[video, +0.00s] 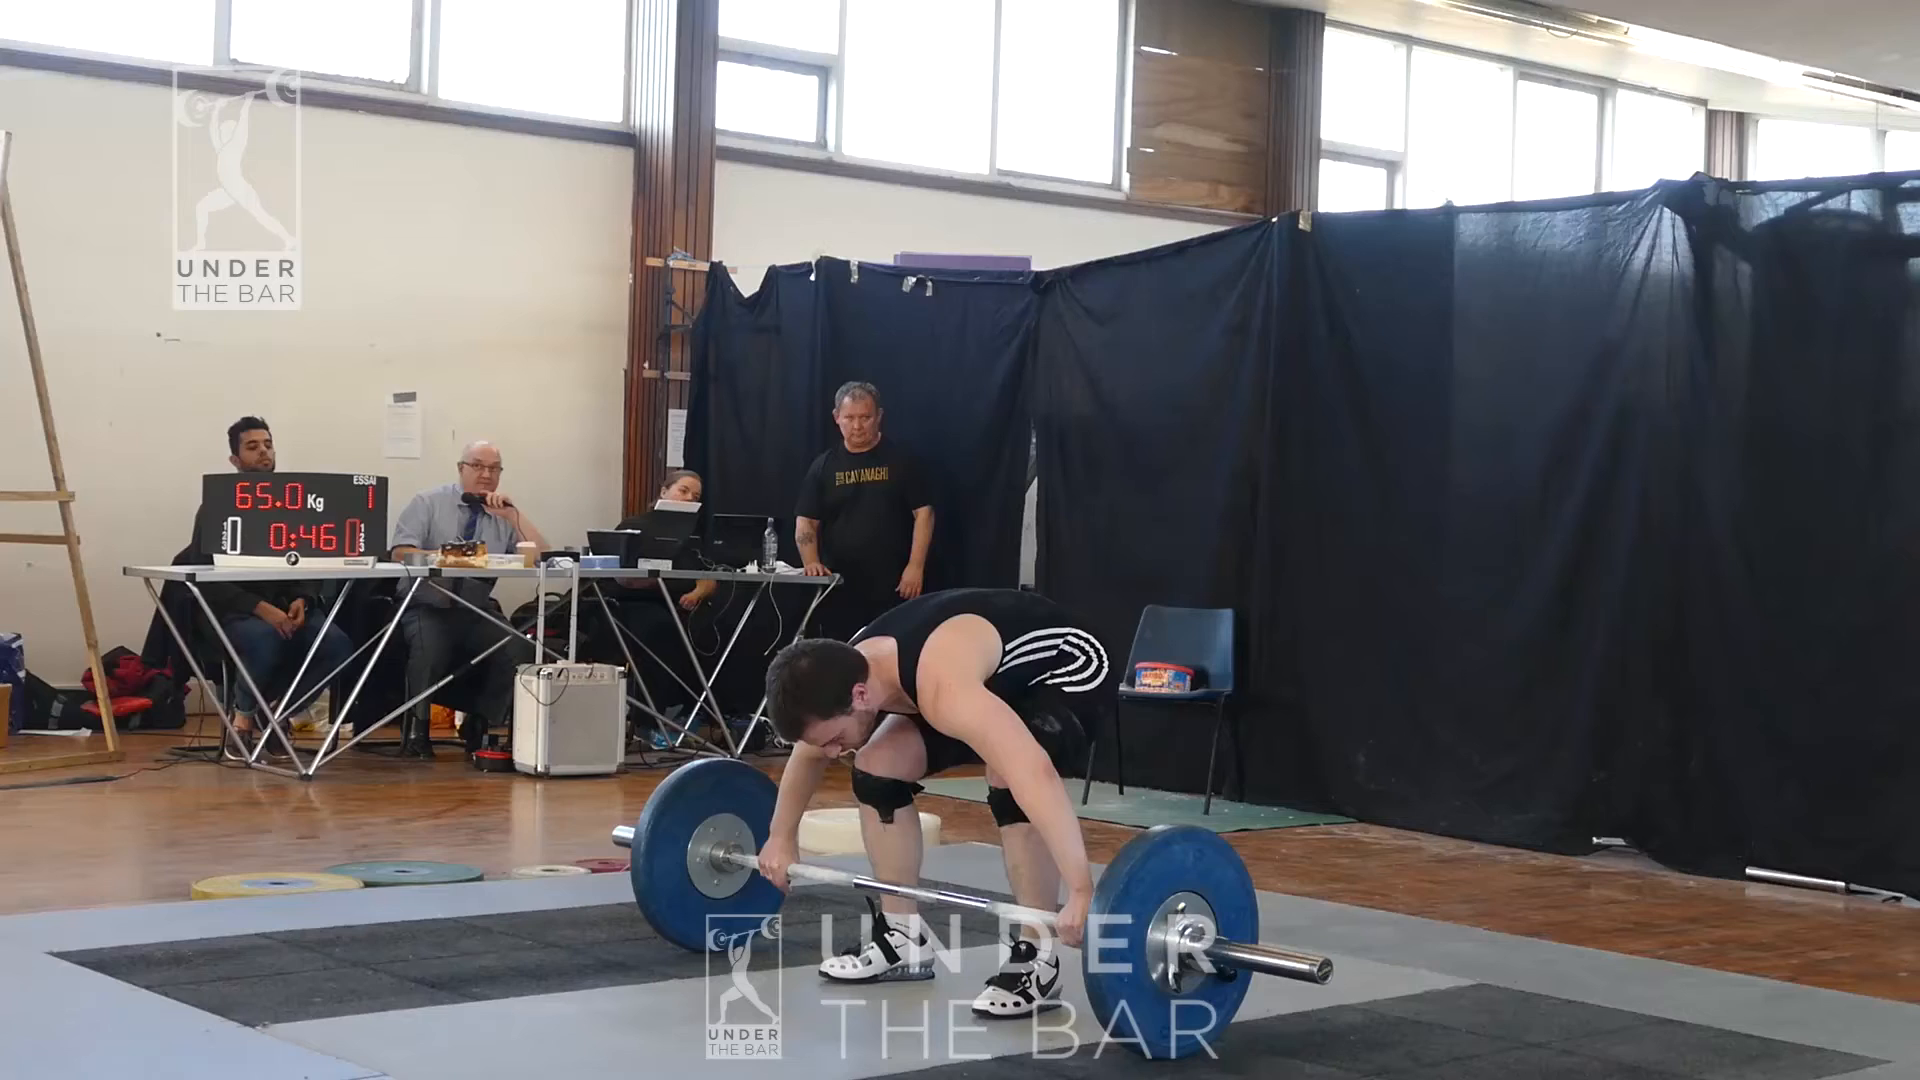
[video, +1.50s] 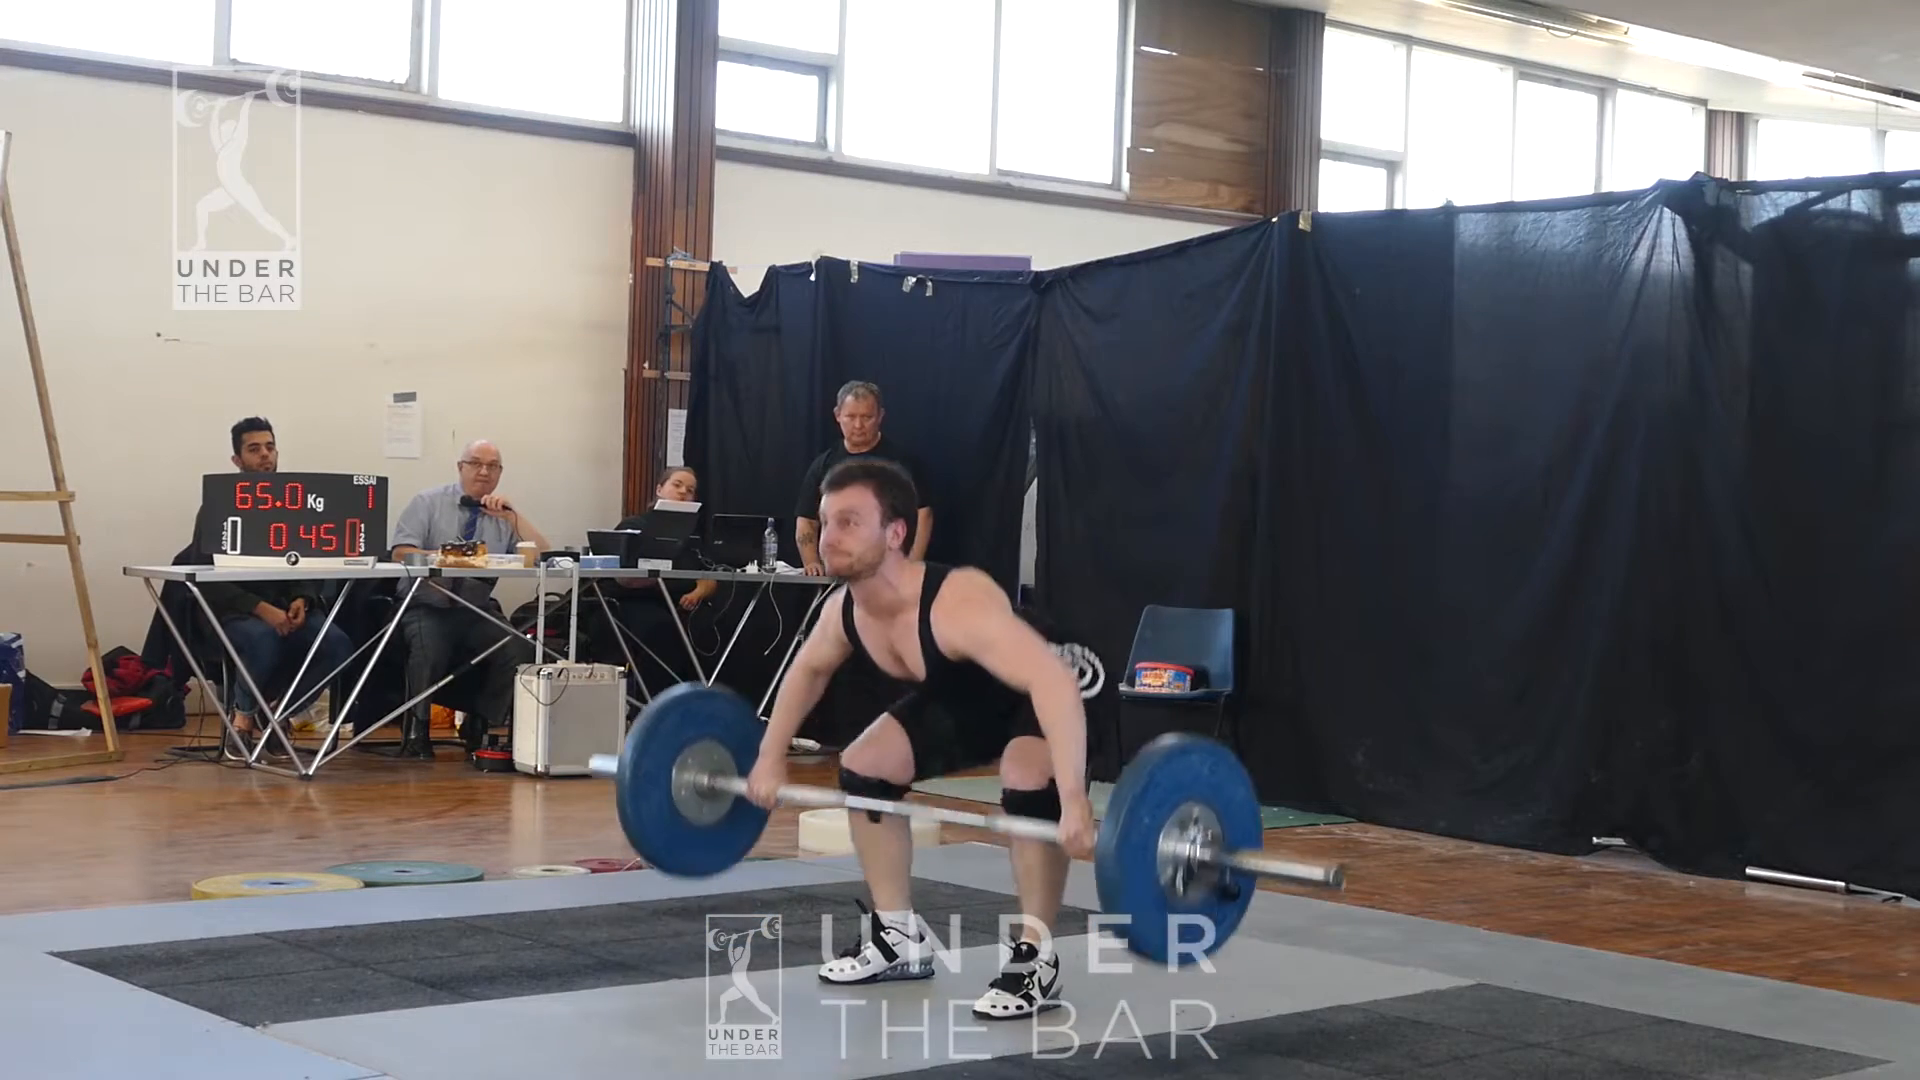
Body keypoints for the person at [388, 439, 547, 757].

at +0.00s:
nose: (486, 474)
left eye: (494, 468)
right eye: (478, 466)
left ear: (500, 474)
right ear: (461, 470)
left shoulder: (503, 516)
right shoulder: (428, 503)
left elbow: (541, 555)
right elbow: (401, 550)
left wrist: (515, 514)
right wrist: (444, 560)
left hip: (478, 609)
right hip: (429, 606)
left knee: (517, 651)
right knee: (430, 650)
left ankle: (477, 727)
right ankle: (417, 731)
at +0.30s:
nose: (486, 473)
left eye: (494, 468)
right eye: (477, 465)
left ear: (501, 474)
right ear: (462, 469)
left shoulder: (504, 516)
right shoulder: (428, 503)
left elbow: (541, 555)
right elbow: (401, 551)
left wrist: (516, 514)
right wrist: (444, 560)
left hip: (478, 609)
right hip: (429, 605)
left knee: (517, 651)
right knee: (430, 650)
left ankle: (477, 727)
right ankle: (417, 731)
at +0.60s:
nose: (484, 473)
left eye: (493, 467)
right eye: (476, 465)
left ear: (501, 474)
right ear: (461, 469)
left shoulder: (503, 516)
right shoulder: (427, 503)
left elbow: (542, 555)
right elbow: (402, 552)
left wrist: (515, 515)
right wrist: (446, 560)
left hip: (478, 609)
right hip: (429, 606)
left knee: (518, 651)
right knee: (430, 649)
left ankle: (477, 727)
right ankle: (417, 732)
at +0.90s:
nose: (483, 472)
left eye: (492, 467)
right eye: (475, 464)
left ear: (500, 474)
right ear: (461, 468)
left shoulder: (503, 516)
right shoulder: (428, 503)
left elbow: (541, 553)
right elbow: (401, 551)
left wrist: (514, 515)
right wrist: (445, 559)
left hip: (478, 608)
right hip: (428, 605)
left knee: (517, 651)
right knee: (430, 649)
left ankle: (477, 727)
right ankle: (417, 732)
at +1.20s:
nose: (483, 472)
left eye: (492, 467)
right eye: (475, 464)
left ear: (500, 474)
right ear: (461, 468)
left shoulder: (502, 516)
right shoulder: (428, 503)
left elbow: (542, 553)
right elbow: (401, 551)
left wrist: (514, 516)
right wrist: (445, 559)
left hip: (477, 608)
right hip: (428, 604)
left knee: (517, 652)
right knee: (429, 649)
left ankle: (477, 727)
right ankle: (417, 732)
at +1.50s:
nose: (484, 472)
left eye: (492, 466)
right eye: (475, 464)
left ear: (500, 473)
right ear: (460, 468)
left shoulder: (503, 516)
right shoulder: (428, 502)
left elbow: (544, 554)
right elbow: (401, 551)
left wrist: (514, 516)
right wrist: (441, 560)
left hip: (478, 609)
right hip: (428, 605)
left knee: (517, 652)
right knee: (429, 651)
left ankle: (477, 726)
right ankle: (417, 730)